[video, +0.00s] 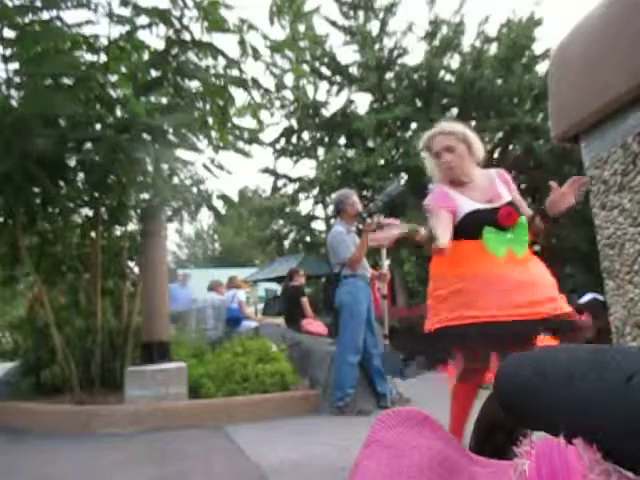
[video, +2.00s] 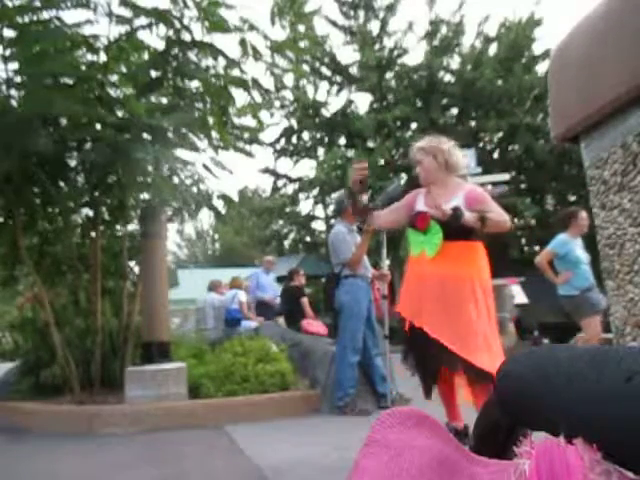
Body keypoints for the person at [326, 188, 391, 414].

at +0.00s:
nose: (360, 206)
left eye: (359, 202)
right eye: (356, 203)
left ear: (350, 207)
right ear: (345, 208)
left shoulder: (352, 233)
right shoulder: (337, 234)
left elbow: (357, 264)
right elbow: (353, 262)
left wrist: (374, 274)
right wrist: (365, 235)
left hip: (363, 284)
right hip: (350, 284)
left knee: (370, 343)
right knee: (351, 343)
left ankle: (385, 393)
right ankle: (343, 398)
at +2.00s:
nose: (361, 211)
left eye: (360, 206)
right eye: (357, 206)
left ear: (349, 209)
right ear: (346, 209)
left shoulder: (352, 232)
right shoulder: (339, 233)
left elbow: (358, 266)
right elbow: (352, 262)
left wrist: (375, 274)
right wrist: (367, 235)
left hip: (363, 284)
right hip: (350, 284)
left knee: (370, 343)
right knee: (350, 344)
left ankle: (385, 393)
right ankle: (344, 398)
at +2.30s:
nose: (362, 207)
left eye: (361, 202)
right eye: (358, 203)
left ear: (353, 207)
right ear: (347, 207)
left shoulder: (356, 231)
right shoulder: (337, 233)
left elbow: (360, 262)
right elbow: (350, 261)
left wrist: (374, 274)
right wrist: (361, 238)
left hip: (364, 283)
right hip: (350, 283)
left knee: (371, 342)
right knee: (349, 344)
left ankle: (385, 393)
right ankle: (343, 398)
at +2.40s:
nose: (361, 206)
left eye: (361, 202)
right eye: (357, 202)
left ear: (354, 207)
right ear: (346, 207)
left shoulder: (357, 231)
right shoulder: (337, 234)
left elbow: (366, 258)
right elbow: (346, 261)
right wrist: (362, 238)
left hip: (364, 285)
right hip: (347, 287)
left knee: (371, 342)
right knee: (348, 345)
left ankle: (384, 392)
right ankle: (343, 397)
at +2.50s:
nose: (361, 206)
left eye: (361, 202)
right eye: (357, 202)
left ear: (357, 207)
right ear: (346, 207)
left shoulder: (357, 231)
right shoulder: (337, 233)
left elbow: (365, 262)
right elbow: (348, 263)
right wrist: (362, 238)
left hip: (366, 282)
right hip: (348, 283)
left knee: (372, 342)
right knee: (348, 343)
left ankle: (385, 392)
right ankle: (344, 397)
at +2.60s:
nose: (362, 206)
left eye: (362, 202)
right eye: (357, 202)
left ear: (354, 207)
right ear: (346, 207)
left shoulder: (357, 232)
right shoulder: (337, 233)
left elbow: (363, 263)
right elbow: (347, 263)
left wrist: (376, 273)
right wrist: (360, 238)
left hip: (365, 283)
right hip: (349, 283)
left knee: (372, 341)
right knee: (348, 343)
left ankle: (385, 392)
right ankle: (343, 397)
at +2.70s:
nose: (361, 209)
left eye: (361, 205)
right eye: (356, 205)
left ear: (358, 207)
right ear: (345, 208)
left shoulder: (359, 231)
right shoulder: (337, 233)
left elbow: (367, 261)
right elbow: (347, 262)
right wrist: (359, 237)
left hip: (366, 282)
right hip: (349, 283)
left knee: (368, 338)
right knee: (347, 342)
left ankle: (377, 388)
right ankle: (344, 396)